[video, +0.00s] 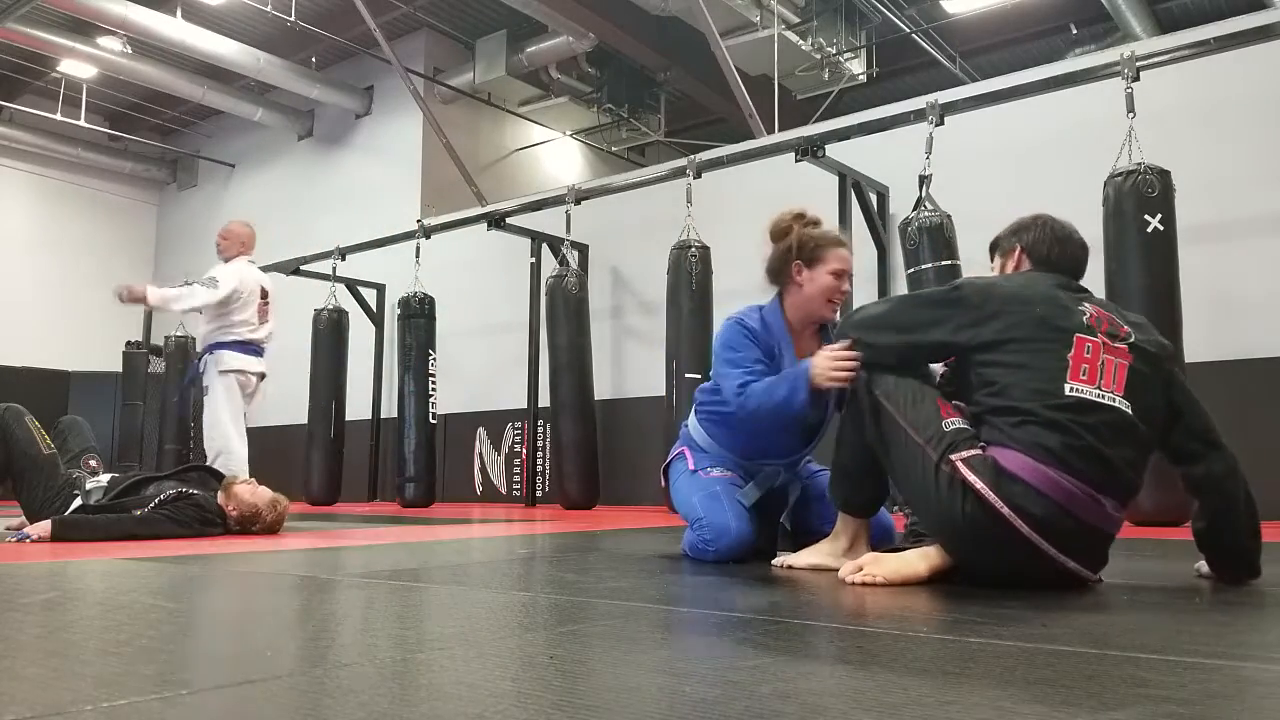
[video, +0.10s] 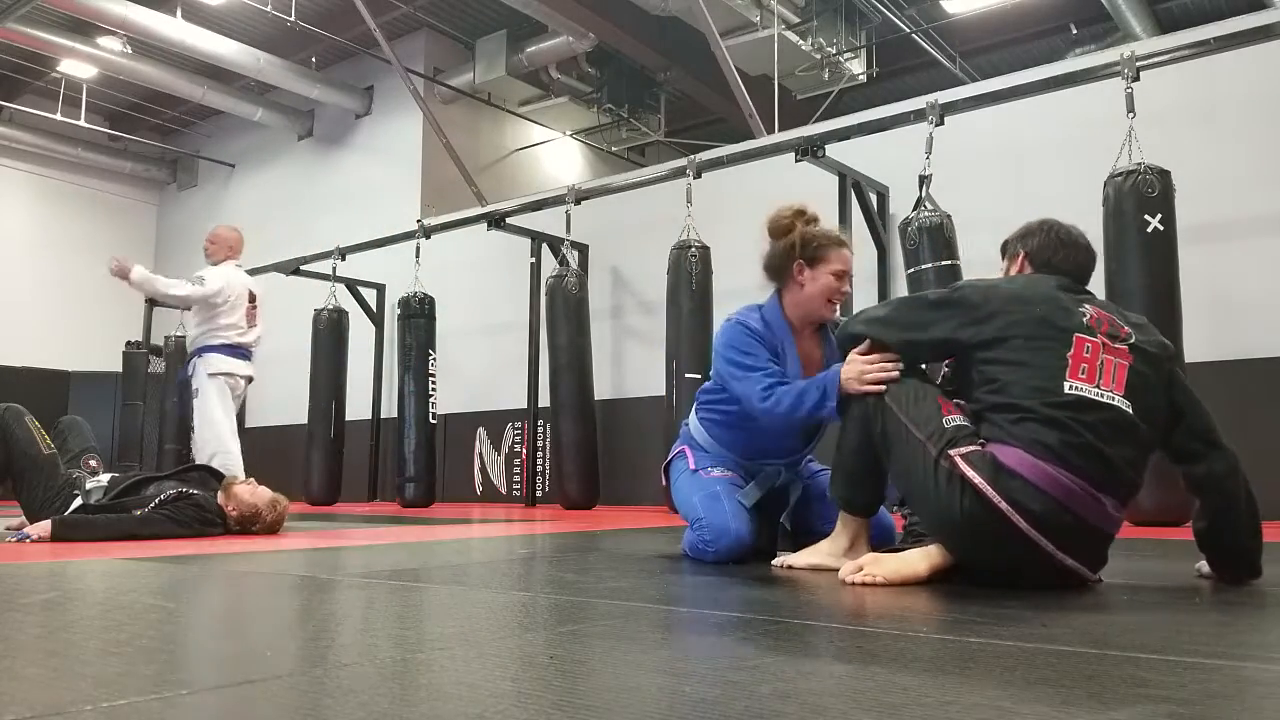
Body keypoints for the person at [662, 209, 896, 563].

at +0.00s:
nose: (846, 289)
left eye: (848, 279)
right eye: (837, 276)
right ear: (799, 273)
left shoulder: (835, 342)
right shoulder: (741, 331)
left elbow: (860, 412)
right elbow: (744, 404)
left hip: (788, 466)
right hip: (710, 461)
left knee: (881, 532)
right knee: (730, 539)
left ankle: (783, 519)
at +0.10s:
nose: (847, 290)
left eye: (848, 280)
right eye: (838, 277)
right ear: (801, 273)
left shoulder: (836, 342)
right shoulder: (741, 332)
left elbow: (861, 414)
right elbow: (769, 406)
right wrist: (838, 381)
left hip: (790, 465)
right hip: (711, 460)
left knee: (880, 532)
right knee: (731, 540)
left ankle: (783, 525)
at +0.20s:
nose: (841, 290)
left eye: (842, 280)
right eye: (834, 277)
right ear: (797, 273)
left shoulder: (837, 338)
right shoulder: (733, 334)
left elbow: (861, 415)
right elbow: (760, 409)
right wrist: (836, 386)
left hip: (788, 464)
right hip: (711, 459)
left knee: (880, 532)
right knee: (729, 540)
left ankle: (779, 525)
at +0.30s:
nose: (834, 291)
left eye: (835, 281)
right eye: (827, 279)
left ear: (795, 278)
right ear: (790, 276)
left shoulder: (833, 339)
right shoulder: (726, 334)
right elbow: (756, 409)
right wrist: (832, 391)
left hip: (785, 465)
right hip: (708, 461)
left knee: (880, 533)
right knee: (727, 540)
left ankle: (779, 523)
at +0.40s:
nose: (827, 293)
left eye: (828, 283)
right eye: (820, 282)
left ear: (789, 279)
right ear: (783, 278)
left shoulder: (828, 341)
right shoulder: (720, 334)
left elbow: (863, 421)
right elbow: (753, 405)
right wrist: (828, 392)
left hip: (781, 467)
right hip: (703, 464)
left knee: (879, 533)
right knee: (727, 539)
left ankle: (775, 525)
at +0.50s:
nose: (823, 296)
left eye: (823, 286)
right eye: (816, 285)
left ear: (785, 282)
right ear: (779, 280)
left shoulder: (822, 344)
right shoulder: (716, 336)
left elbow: (859, 422)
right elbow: (750, 403)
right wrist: (821, 393)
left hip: (778, 469)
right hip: (701, 465)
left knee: (878, 532)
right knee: (728, 538)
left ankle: (774, 524)